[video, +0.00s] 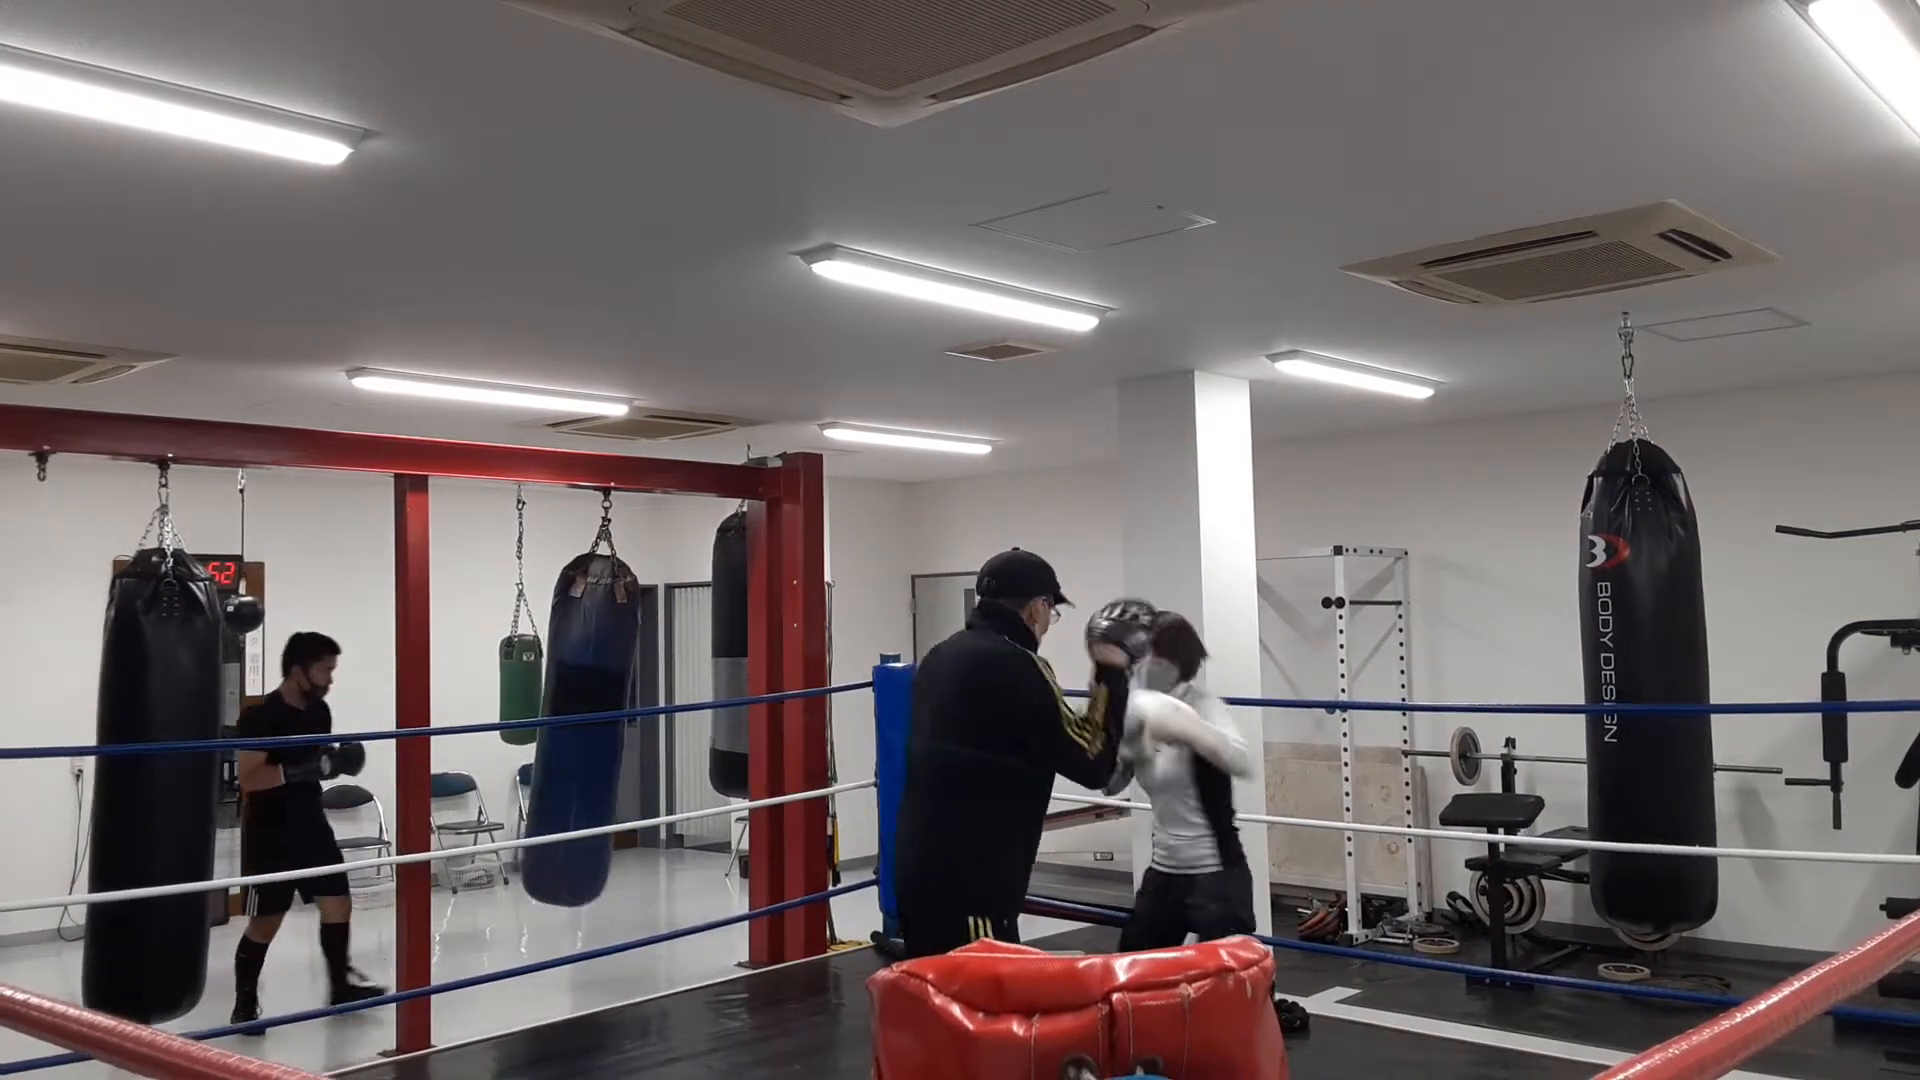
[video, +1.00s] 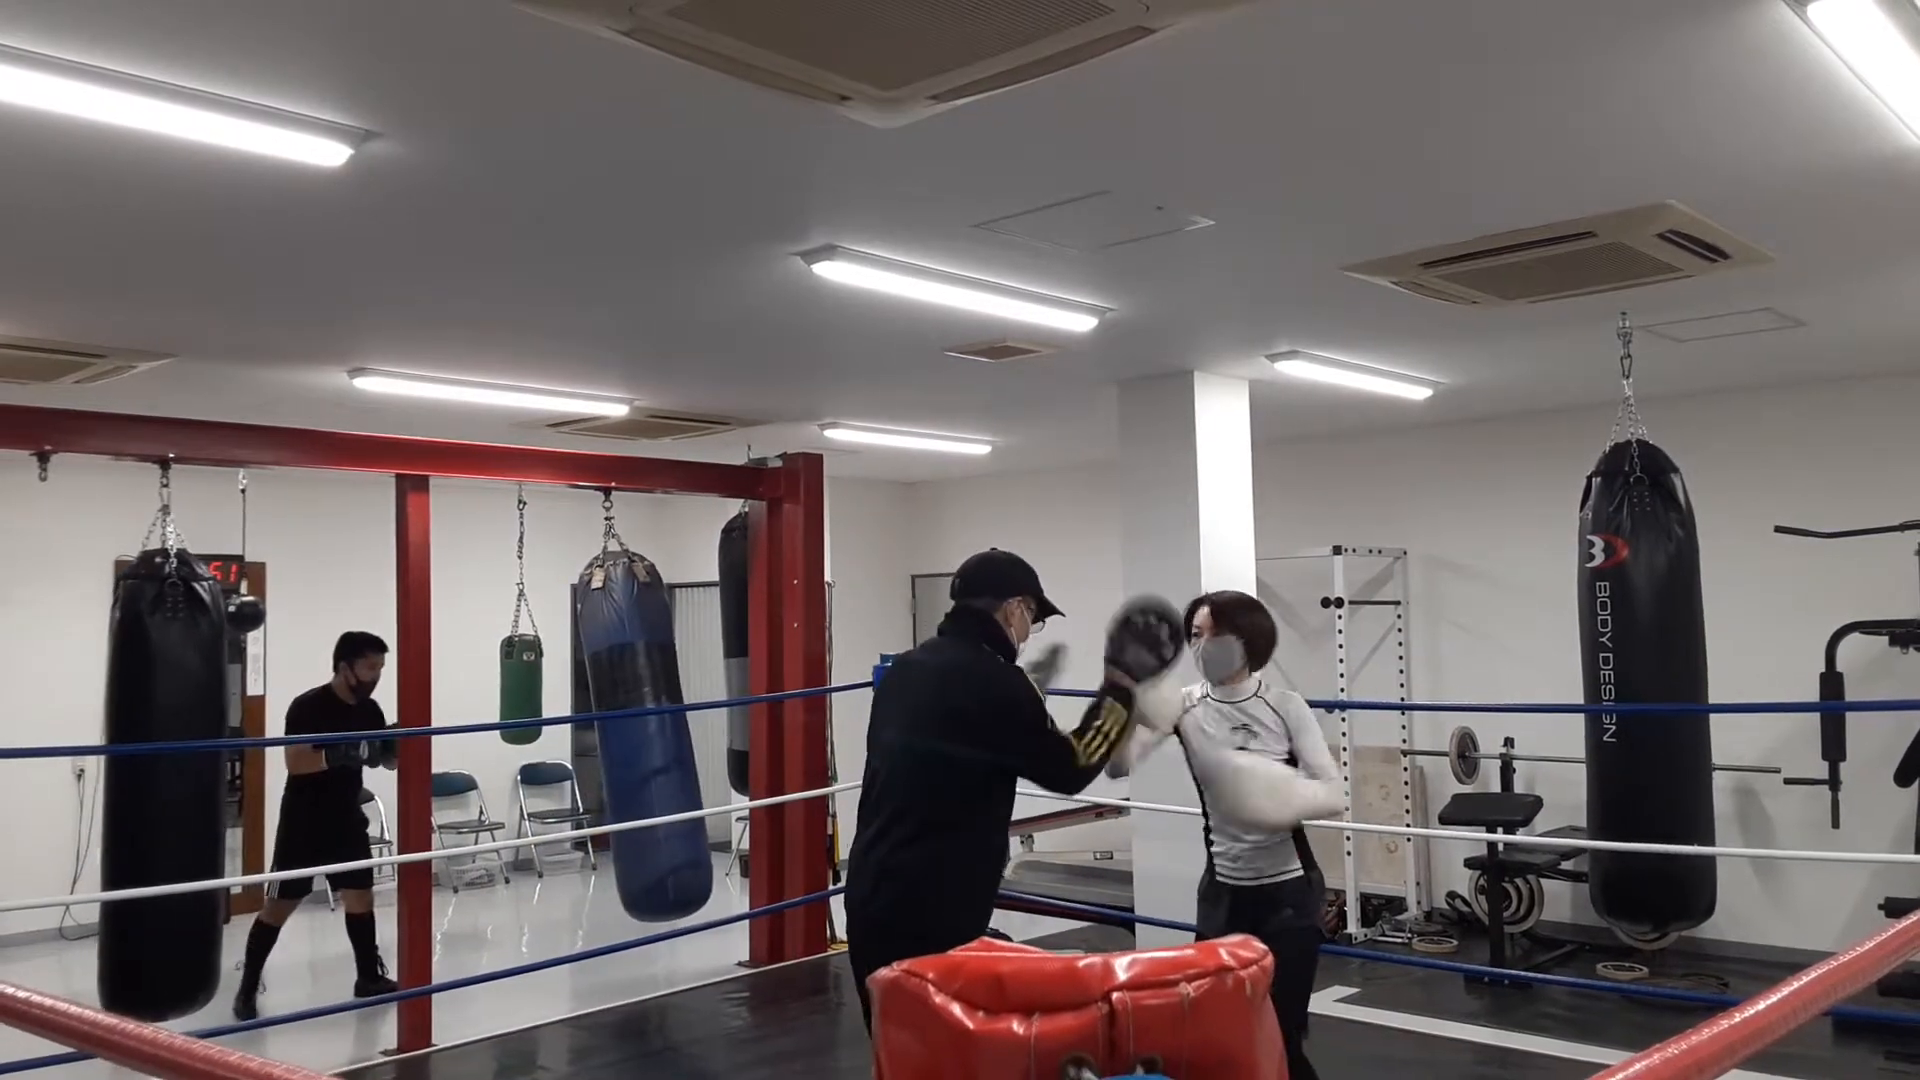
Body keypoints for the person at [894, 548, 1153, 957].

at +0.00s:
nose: (1051, 623)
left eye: (1053, 611)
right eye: (1051, 610)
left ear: (988, 602)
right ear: (1035, 608)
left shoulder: (936, 660)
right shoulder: (1017, 667)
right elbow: (1094, 764)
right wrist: (1111, 673)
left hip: (918, 879)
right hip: (979, 886)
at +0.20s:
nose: (1039, 637)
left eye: (1041, 627)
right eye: (1038, 626)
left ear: (974, 616)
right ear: (1023, 625)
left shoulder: (919, 680)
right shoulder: (1031, 690)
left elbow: (972, 772)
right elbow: (1099, 761)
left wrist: (1062, 788)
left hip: (911, 881)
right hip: (984, 885)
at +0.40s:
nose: (1019, 627)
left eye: (1021, 616)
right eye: (1019, 615)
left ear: (952, 608)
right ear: (1001, 612)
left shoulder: (901, 677)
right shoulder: (1010, 680)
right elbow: (1077, 791)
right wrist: (1096, 699)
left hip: (904, 895)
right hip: (986, 898)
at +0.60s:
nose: (1017, 620)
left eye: (1021, 609)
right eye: (1018, 607)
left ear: (949, 598)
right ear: (1001, 603)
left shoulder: (900, 662)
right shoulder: (991, 680)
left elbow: (964, 693)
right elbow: (1065, 791)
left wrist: (1044, 675)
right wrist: (1088, 683)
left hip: (887, 895)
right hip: (960, 904)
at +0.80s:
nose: (1025, 624)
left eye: (1028, 613)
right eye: (1026, 611)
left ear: (957, 600)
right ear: (1006, 606)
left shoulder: (907, 663)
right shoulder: (988, 679)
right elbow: (1066, 792)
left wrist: (1072, 696)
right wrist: (1086, 685)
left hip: (878, 901)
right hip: (945, 912)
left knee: (895, 1053)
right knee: (951, 1053)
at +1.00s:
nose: (1030, 632)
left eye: (1034, 619)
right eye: (1031, 617)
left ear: (960, 605)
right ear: (1010, 610)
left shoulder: (902, 670)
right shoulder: (996, 683)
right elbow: (1071, 770)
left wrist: (1021, 687)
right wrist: (1119, 689)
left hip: (872, 902)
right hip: (943, 910)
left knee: (894, 1053)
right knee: (947, 1054)